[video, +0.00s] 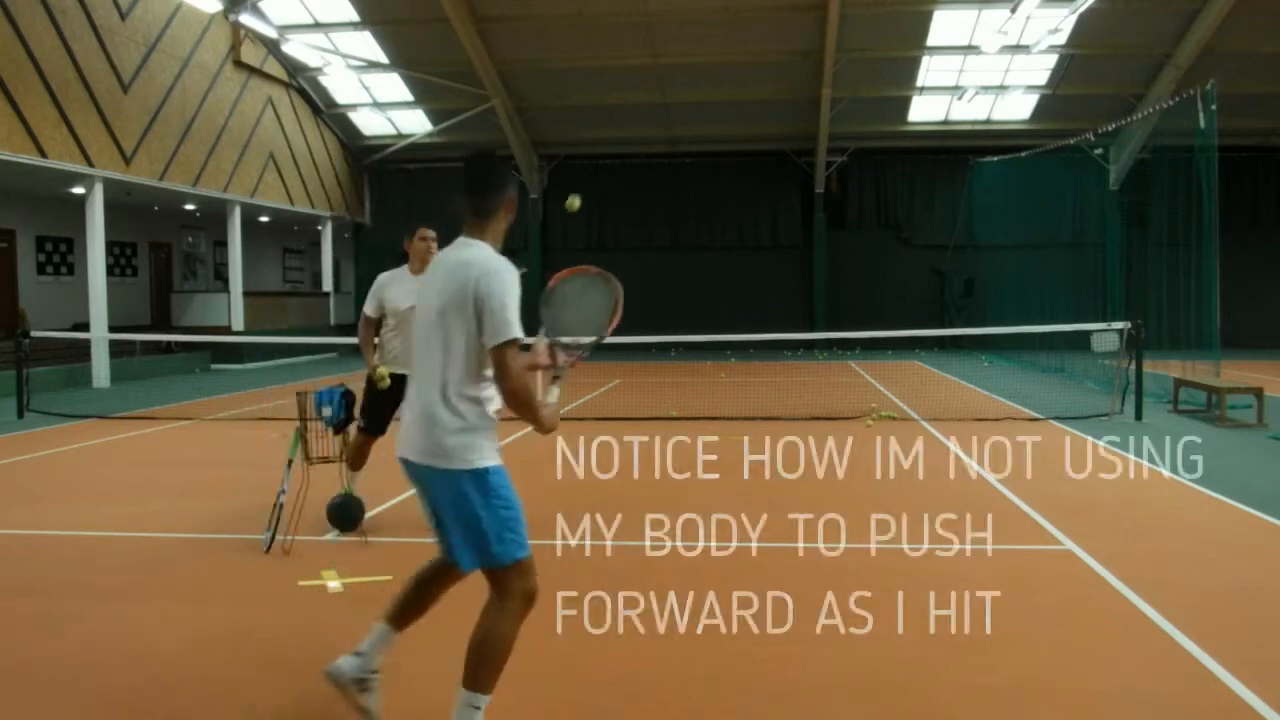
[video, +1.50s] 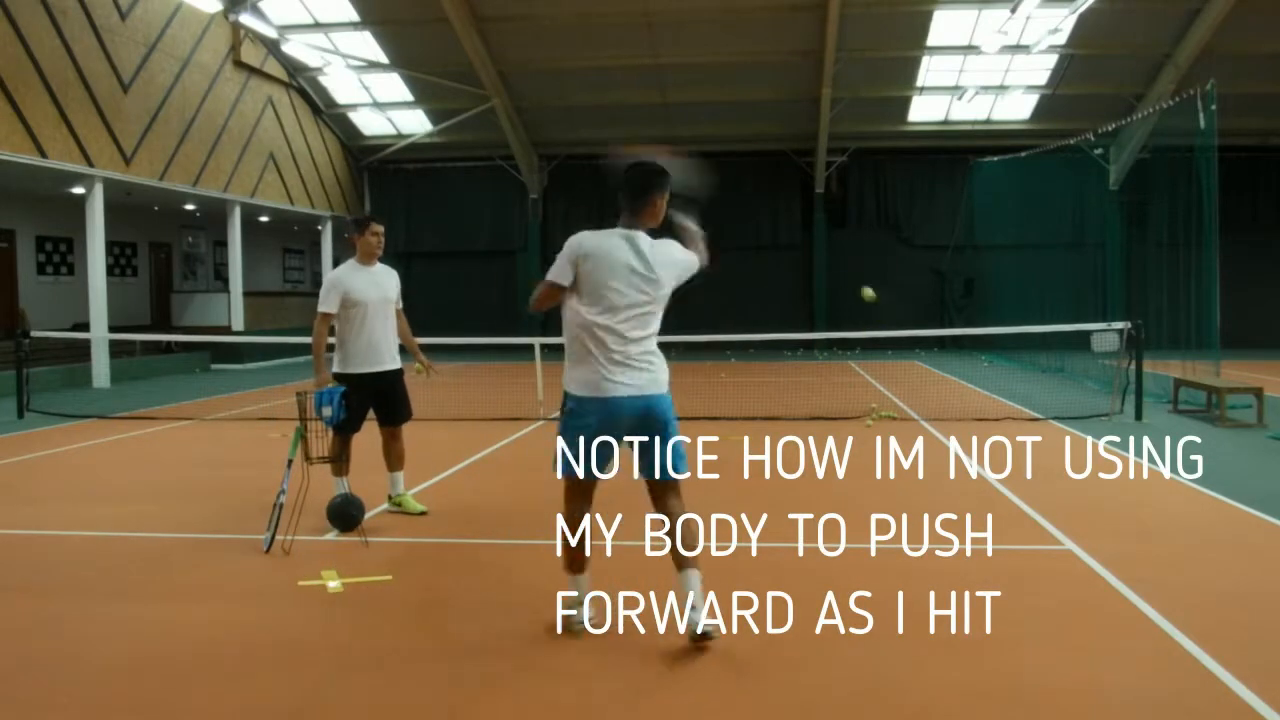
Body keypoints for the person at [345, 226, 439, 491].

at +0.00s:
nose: (431, 246)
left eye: (434, 241)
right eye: (424, 240)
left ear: (439, 248)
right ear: (408, 246)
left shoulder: (444, 282)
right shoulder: (387, 281)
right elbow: (367, 323)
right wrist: (371, 362)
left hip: (431, 373)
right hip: (391, 372)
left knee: (440, 435)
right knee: (366, 434)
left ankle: (443, 499)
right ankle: (350, 485)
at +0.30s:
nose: (384, 249)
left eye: (388, 244)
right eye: (378, 243)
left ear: (393, 250)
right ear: (364, 250)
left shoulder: (409, 288)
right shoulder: (345, 289)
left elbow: (424, 329)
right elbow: (331, 334)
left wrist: (427, 351)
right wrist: (338, 372)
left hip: (401, 379)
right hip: (360, 379)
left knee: (419, 437)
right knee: (350, 442)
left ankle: (441, 508)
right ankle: (344, 501)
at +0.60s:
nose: (369, 242)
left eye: (373, 237)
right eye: (363, 237)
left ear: (378, 243)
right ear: (350, 242)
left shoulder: (390, 278)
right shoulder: (331, 281)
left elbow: (401, 320)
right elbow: (309, 328)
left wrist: (413, 339)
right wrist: (304, 375)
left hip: (388, 373)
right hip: (347, 376)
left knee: (404, 431)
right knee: (342, 438)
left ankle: (405, 491)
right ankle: (342, 497)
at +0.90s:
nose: (372, 240)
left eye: (376, 235)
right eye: (366, 235)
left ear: (380, 240)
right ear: (351, 240)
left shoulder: (392, 276)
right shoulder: (334, 279)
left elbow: (403, 317)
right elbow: (320, 325)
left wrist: (419, 345)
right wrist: (317, 371)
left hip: (387, 370)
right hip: (349, 373)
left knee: (392, 432)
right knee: (341, 435)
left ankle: (398, 494)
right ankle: (342, 495)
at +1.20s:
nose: (377, 240)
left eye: (379, 235)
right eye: (370, 235)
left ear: (382, 240)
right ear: (353, 239)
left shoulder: (393, 276)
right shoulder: (336, 278)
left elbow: (404, 319)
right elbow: (322, 324)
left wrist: (420, 357)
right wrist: (326, 367)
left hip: (389, 370)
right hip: (352, 372)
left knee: (394, 431)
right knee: (342, 434)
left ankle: (398, 494)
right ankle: (341, 495)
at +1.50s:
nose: (380, 240)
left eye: (382, 235)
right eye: (374, 235)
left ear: (383, 240)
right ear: (356, 239)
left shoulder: (390, 275)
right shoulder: (338, 278)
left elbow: (398, 318)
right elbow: (322, 324)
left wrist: (417, 354)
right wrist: (320, 370)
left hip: (389, 370)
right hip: (352, 373)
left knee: (393, 431)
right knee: (343, 435)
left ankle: (398, 494)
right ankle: (341, 496)